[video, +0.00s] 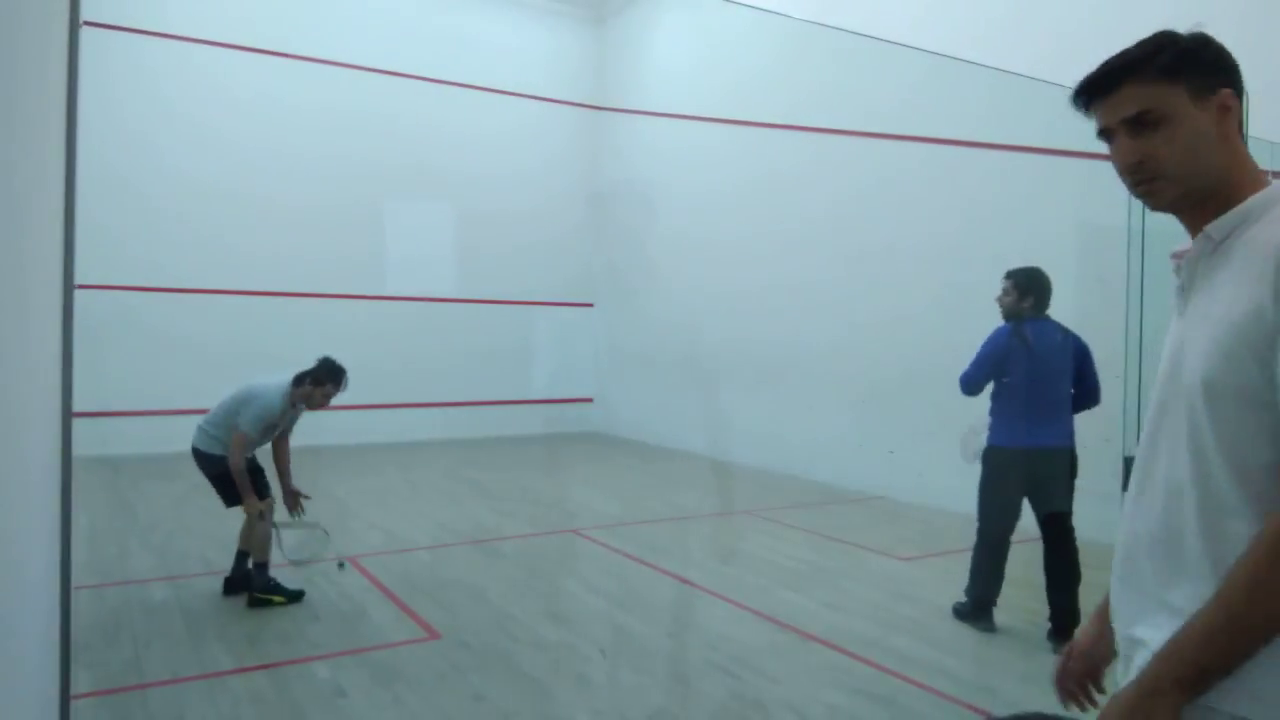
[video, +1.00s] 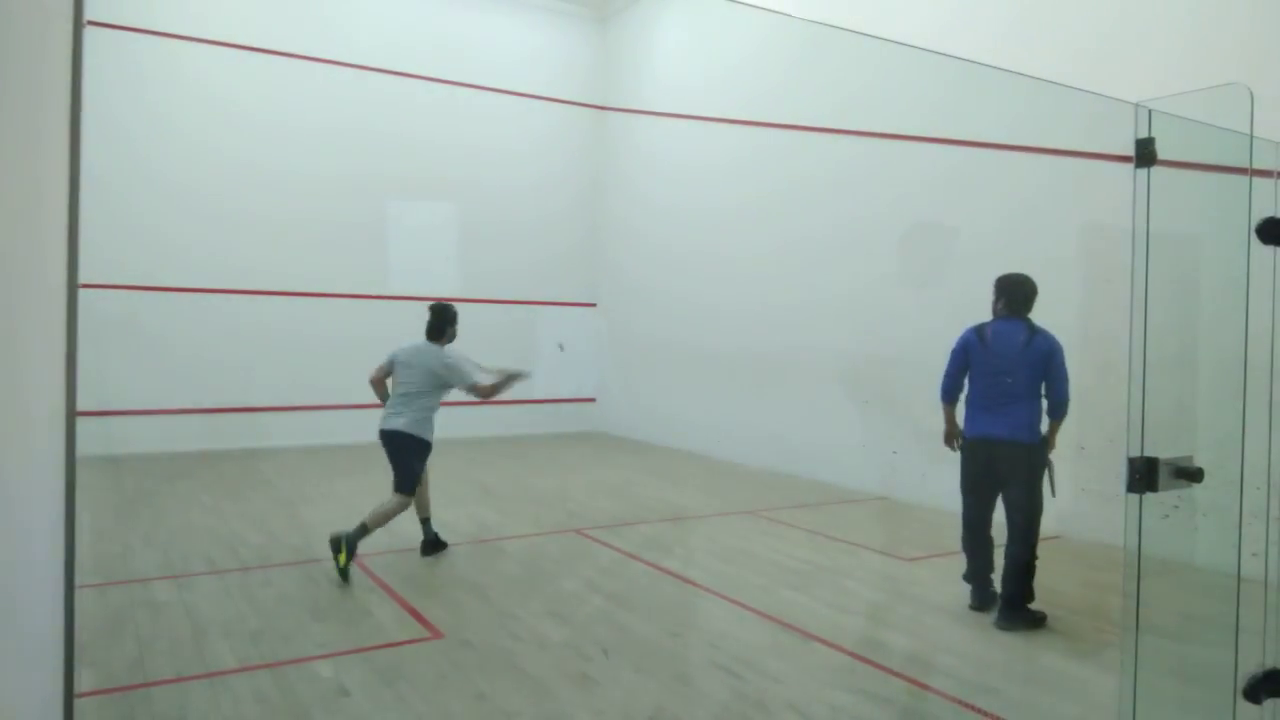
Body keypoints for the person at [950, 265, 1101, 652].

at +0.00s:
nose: (998, 298)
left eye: (1006, 293)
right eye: (1001, 291)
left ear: (1028, 298)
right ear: (1038, 300)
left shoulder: (1005, 337)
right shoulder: (1070, 340)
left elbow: (970, 384)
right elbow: (1090, 395)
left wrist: (992, 368)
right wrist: (1052, 407)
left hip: (1007, 457)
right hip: (1055, 458)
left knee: (993, 532)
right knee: (1059, 536)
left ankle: (980, 606)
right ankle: (1064, 628)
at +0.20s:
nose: (967, 300)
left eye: (974, 294)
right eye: (969, 293)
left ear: (995, 299)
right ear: (1002, 300)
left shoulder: (976, 335)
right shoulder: (1028, 336)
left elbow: (963, 387)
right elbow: (1038, 386)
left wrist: (943, 426)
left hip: (976, 451)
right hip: (1019, 452)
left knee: (972, 532)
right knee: (1026, 530)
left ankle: (976, 605)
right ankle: (1054, 603)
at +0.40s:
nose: (968, 300)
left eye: (972, 294)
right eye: (970, 293)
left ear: (986, 299)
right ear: (1006, 301)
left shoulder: (962, 334)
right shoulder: (1030, 341)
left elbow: (939, 378)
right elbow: (1048, 390)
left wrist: (919, 415)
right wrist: (1010, 394)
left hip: (966, 449)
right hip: (1011, 451)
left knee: (969, 528)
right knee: (1012, 527)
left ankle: (976, 603)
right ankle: (1023, 605)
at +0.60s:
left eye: (1005, 297)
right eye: (1033, 297)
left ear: (1003, 299)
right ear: (1038, 301)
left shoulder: (980, 338)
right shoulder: (1055, 346)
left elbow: (959, 390)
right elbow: (1071, 405)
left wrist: (952, 425)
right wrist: (1080, 453)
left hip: (987, 454)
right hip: (1035, 456)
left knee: (977, 527)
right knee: (1029, 534)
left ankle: (978, 599)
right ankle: (1017, 610)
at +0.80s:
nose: (1003, 306)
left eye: (1005, 301)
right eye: (1007, 301)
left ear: (1010, 304)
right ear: (1042, 307)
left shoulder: (984, 339)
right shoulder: (1057, 347)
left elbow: (960, 391)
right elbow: (1072, 404)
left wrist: (957, 429)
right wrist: (1073, 449)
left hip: (987, 453)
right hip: (1033, 457)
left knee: (981, 524)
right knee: (1029, 535)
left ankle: (980, 595)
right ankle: (1015, 612)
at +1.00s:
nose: (991, 303)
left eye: (993, 298)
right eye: (994, 298)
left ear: (999, 301)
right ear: (1029, 304)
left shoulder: (974, 337)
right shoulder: (1045, 343)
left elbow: (950, 384)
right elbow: (1058, 398)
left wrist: (950, 423)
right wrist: (1051, 436)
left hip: (978, 450)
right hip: (1023, 452)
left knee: (975, 522)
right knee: (1023, 530)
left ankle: (981, 593)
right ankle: (1013, 609)